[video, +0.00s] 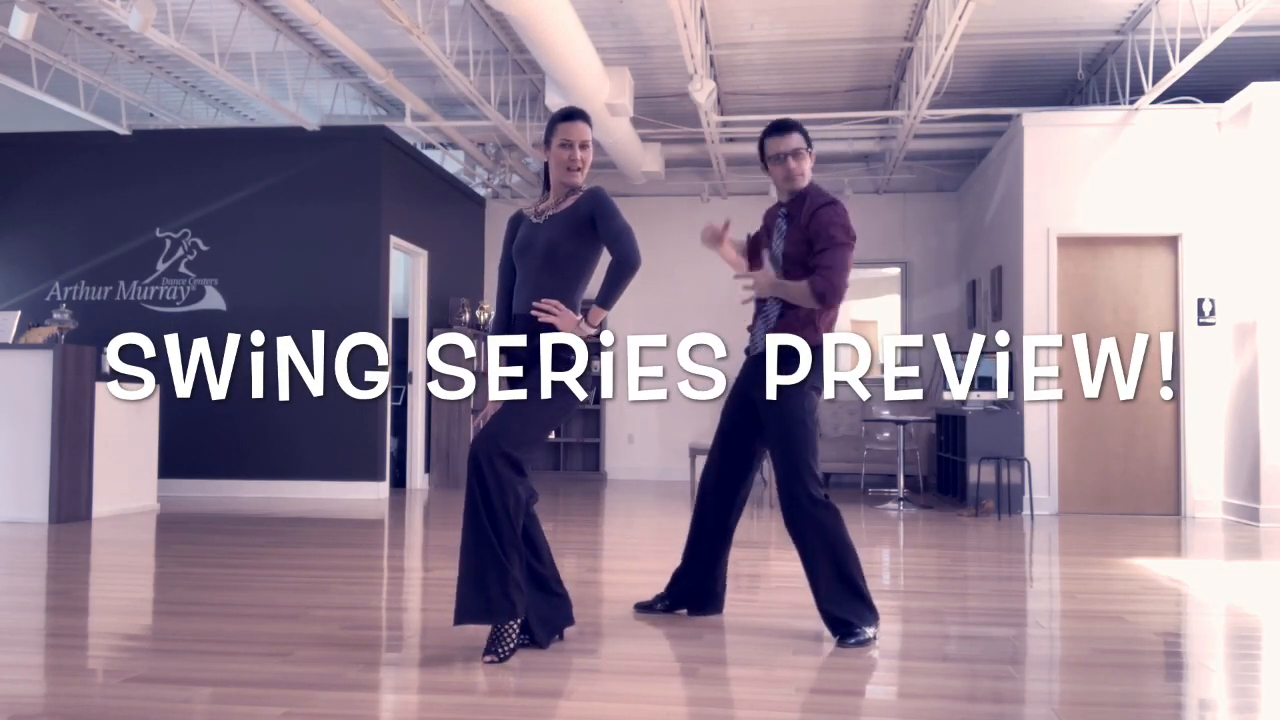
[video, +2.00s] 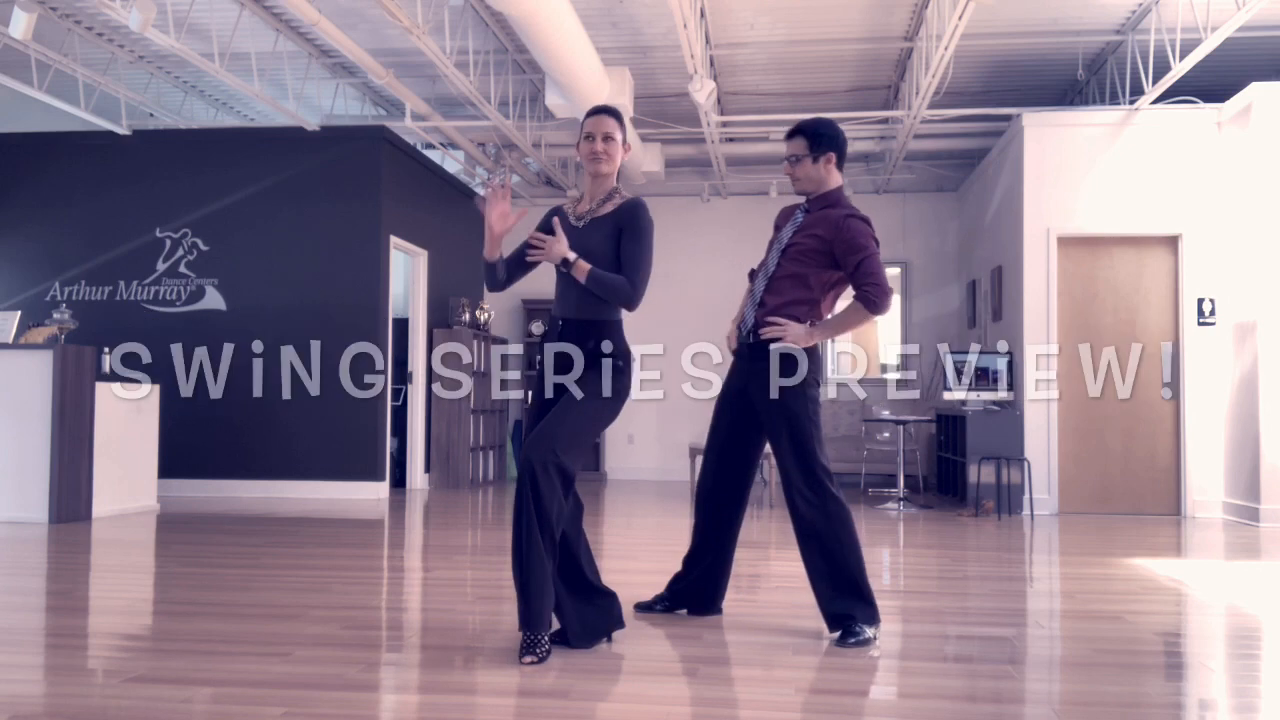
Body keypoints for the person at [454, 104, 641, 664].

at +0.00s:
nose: (578, 154)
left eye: (585, 146)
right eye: (567, 145)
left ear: (593, 153)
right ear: (545, 152)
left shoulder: (592, 201)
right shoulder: (521, 220)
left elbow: (628, 256)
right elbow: (504, 307)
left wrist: (591, 322)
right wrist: (492, 386)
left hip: (560, 361)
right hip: (518, 361)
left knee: (490, 450)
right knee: (503, 476)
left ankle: (510, 607)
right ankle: (546, 607)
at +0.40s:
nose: (575, 137)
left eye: (584, 129)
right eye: (566, 128)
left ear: (594, 140)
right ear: (548, 137)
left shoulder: (597, 198)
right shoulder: (533, 212)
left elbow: (634, 244)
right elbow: (509, 285)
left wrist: (584, 292)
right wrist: (492, 338)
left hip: (567, 352)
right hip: (523, 351)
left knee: (521, 472)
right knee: (511, 474)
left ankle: (551, 614)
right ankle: (539, 613)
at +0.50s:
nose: (577, 138)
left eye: (587, 130)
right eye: (568, 128)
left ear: (598, 142)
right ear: (551, 138)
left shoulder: (601, 200)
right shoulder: (532, 205)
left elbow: (644, 221)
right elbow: (493, 277)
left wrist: (570, 221)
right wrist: (496, 300)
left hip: (575, 349)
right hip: (532, 347)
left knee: (520, 469)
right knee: (523, 475)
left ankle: (551, 619)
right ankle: (585, 599)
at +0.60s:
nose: (582, 156)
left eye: (592, 149)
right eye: (574, 145)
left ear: (602, 150)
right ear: (554, 140)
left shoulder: (606, 203)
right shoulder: (529, 209)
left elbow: (664, 174)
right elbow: (472, 279)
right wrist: (519, 256)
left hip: (578, 350)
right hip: (535, 349)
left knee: (517, 463)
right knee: (544, 478)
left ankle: (548, 614)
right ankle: (593, 607)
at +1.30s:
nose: (598, 158)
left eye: (607, 151)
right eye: (589, 149)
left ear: (615, 162)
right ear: (569, 157)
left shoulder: (622, 216)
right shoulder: (539, 227)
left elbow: (671, 226)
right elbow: (519, 303)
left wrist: (666, 177)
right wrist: (527, 325)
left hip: (595, 369)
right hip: (547, 368)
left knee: (512, 466)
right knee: (533, 490)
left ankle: (535, 615)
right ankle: (587, 609)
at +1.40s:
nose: (600, 154)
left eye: (609, 145)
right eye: (590, 145)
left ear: (620, 153)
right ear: (572, 152)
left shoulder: (630, 212)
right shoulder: (546, 218)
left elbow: (613, 279)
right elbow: (516, 279)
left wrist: (595, 218)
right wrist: (488, 313)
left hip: (600, 361)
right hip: (547, 359)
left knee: (532, 459)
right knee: (533, 476)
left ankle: (540, 614)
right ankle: (588, 606)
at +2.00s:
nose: (598, 146)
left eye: (608, 138)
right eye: (589, 138)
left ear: (625, 150)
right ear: (577, 148)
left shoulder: (633, 213)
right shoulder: (560, 214)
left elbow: (632, 294)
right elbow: (499, 277)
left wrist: (567, 258)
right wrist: (493, 236)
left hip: (604, 361)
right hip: (554, 359)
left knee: (539, 452)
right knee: (547, 480)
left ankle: (538, 617)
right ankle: (588, 608)